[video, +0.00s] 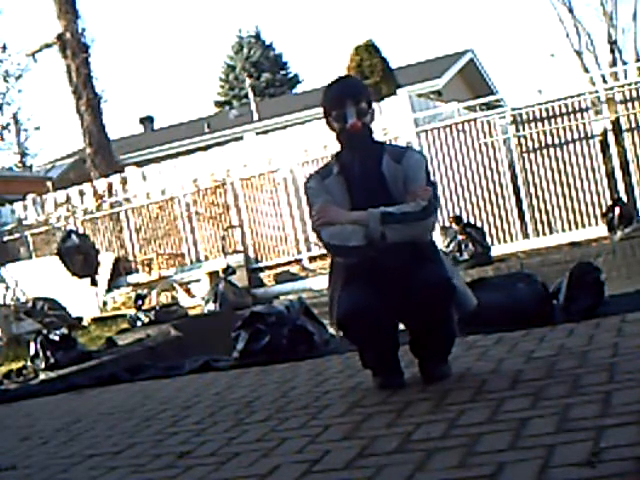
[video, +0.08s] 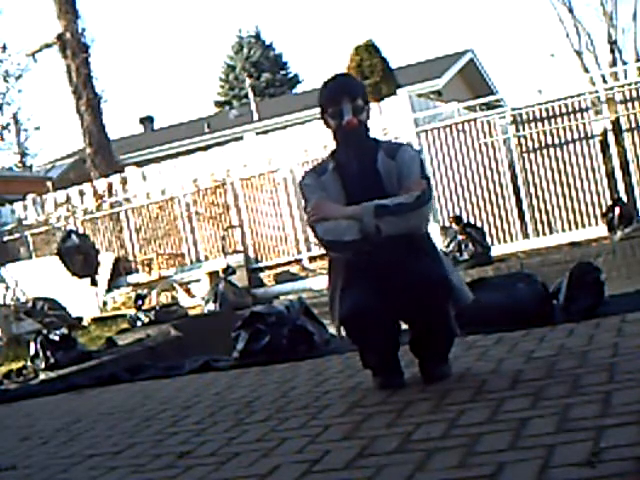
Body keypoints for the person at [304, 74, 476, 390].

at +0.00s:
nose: (353, 123)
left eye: (361, 111)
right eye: (341, 116)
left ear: (373, 112)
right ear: (329, 122)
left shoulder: (407, 159)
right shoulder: (319, 183)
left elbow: (425, 218)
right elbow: (335, 241)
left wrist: (349, 217)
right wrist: (406, 215)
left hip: (415, 262)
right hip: (359, 275)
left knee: (433, 290)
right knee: (358, 311)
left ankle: (434, 361)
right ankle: (385, 369)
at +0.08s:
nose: (349, 121)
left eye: (357, 109)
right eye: (337, 113)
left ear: (368, 110)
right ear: (326, 119)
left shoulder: (402, 156)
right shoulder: (315, 179)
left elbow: (419, 217)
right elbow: (329, 235)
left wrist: (344, 212)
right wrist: (399, 208)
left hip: (413, 260)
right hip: (359, 273)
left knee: (430, 292)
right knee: (362, 313)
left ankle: (434, 361)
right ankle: (385, 370)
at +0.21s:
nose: (343, 113)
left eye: (351, 102)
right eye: (332, 106)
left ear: (363, 104)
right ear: (320, 112)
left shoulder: (395, 147)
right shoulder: (308, 173)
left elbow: (407, 193)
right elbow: (321, 228)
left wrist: (337, 202)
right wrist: (386, 209)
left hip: (413, 263)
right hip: (358, 278)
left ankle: (442, 347)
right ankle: (385, 366)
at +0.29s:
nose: (341, 115)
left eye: (349, 104)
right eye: (329, 108)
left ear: (360, 106)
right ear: (317, 114)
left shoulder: (391, 151)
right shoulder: (306, 176)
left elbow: (409, 196)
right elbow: (321, 232)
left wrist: (338, 204)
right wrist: (387, 207)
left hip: (412, 253)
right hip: (358, 266)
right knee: (368, 308)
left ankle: (453, 361)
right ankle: (386, 369)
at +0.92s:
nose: (369, 124)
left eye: (376, 112)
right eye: (357, 118)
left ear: (388, 113)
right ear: (348, 126)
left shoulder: (426, 158)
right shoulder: (341, 184)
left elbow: (433, 194)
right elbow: (344, 231)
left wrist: (360, 205)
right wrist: (402, 210)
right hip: (384, 286)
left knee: (407, 248)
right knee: (363, 260)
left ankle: (434, 360)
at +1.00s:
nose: (364, 110)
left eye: (370, 99)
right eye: (352, 103)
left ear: (383, 99)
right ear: (341, 110)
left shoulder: (421, 143)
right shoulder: (337, 171)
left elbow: (435, 188)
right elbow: (340, 210)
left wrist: (359, 188)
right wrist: (404, 194)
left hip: (428, 264)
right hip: (370, 275)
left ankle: (436, 360)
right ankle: (377, 368)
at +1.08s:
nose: (357, 98)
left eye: (363, 87)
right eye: (345, 92)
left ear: (375, 86)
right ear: (335, 101)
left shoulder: (416, 131)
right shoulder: (333, 157)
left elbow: (433, 169)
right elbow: (335, 198)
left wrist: (361, 175)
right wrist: (397, 180)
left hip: (420, 239)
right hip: (366, 250)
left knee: (435, 292)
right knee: (376, 299)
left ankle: (438, 360)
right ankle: (376, 361)